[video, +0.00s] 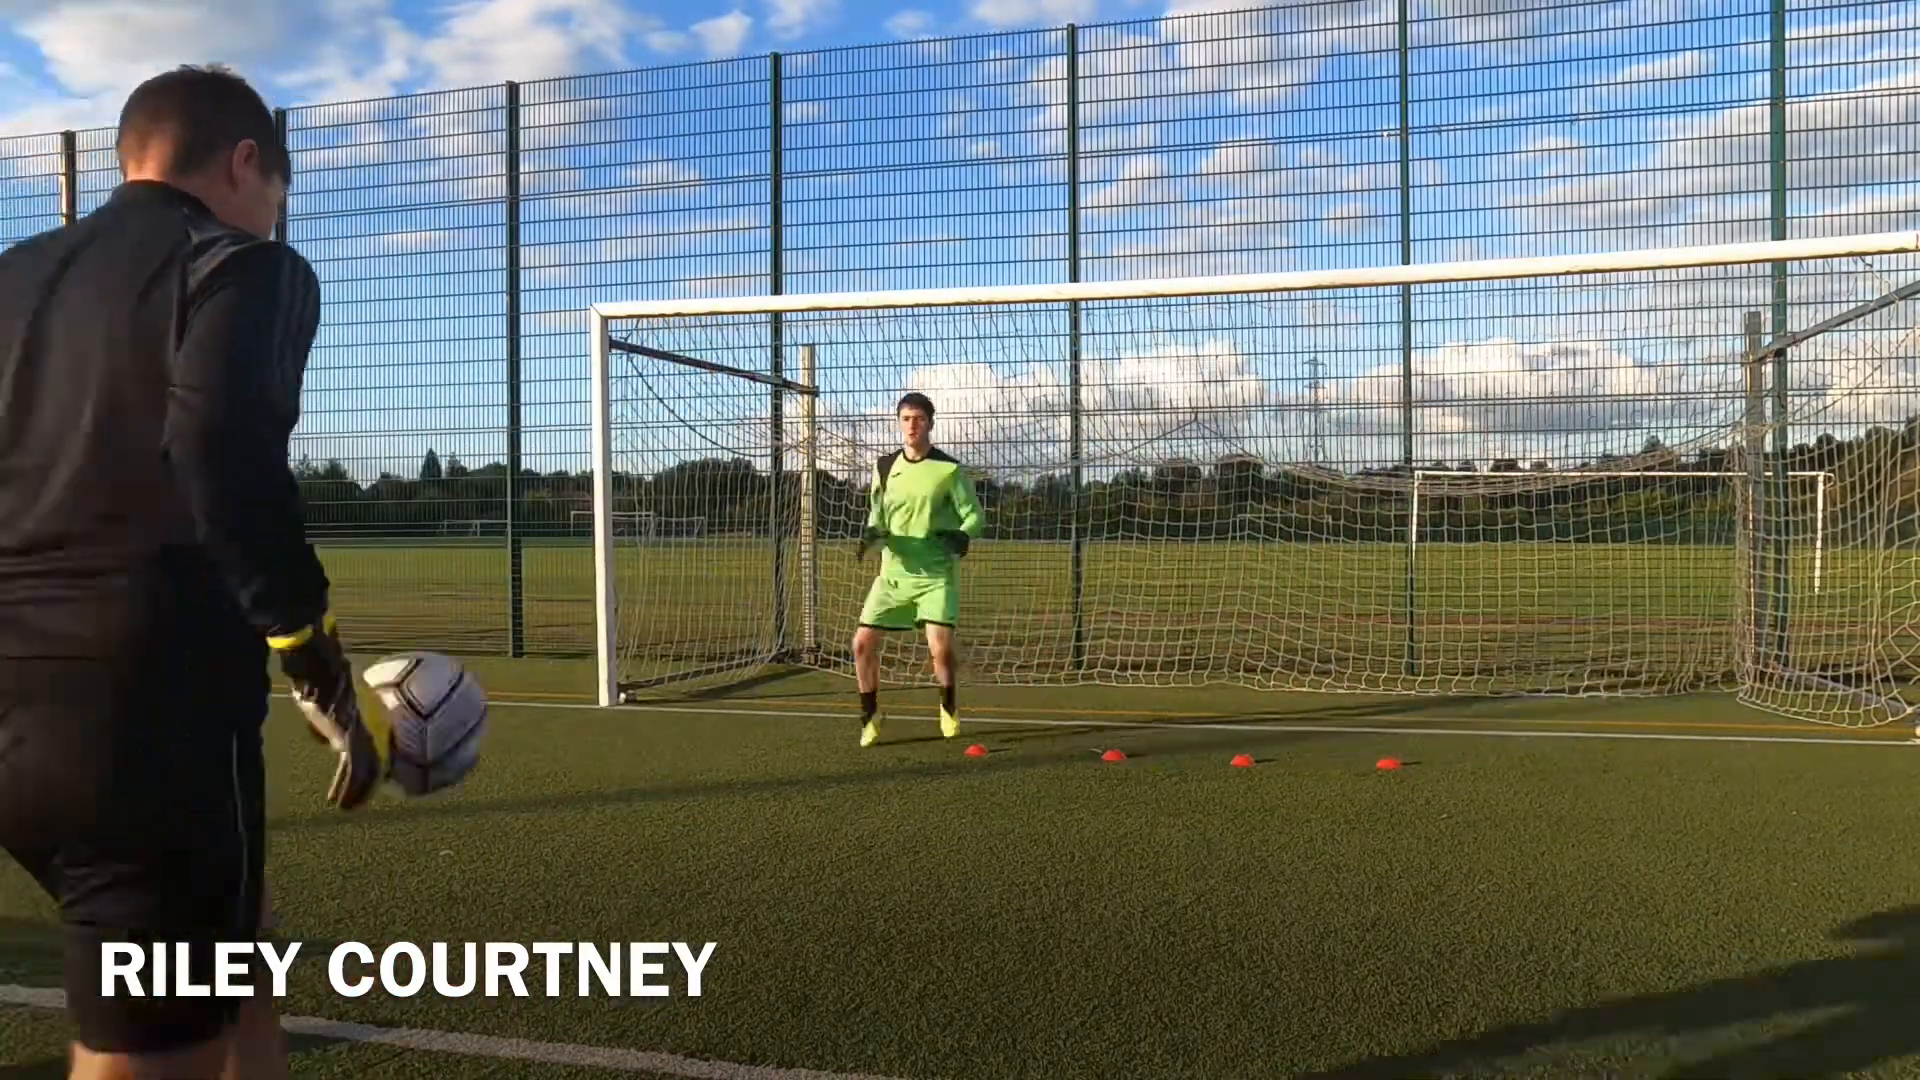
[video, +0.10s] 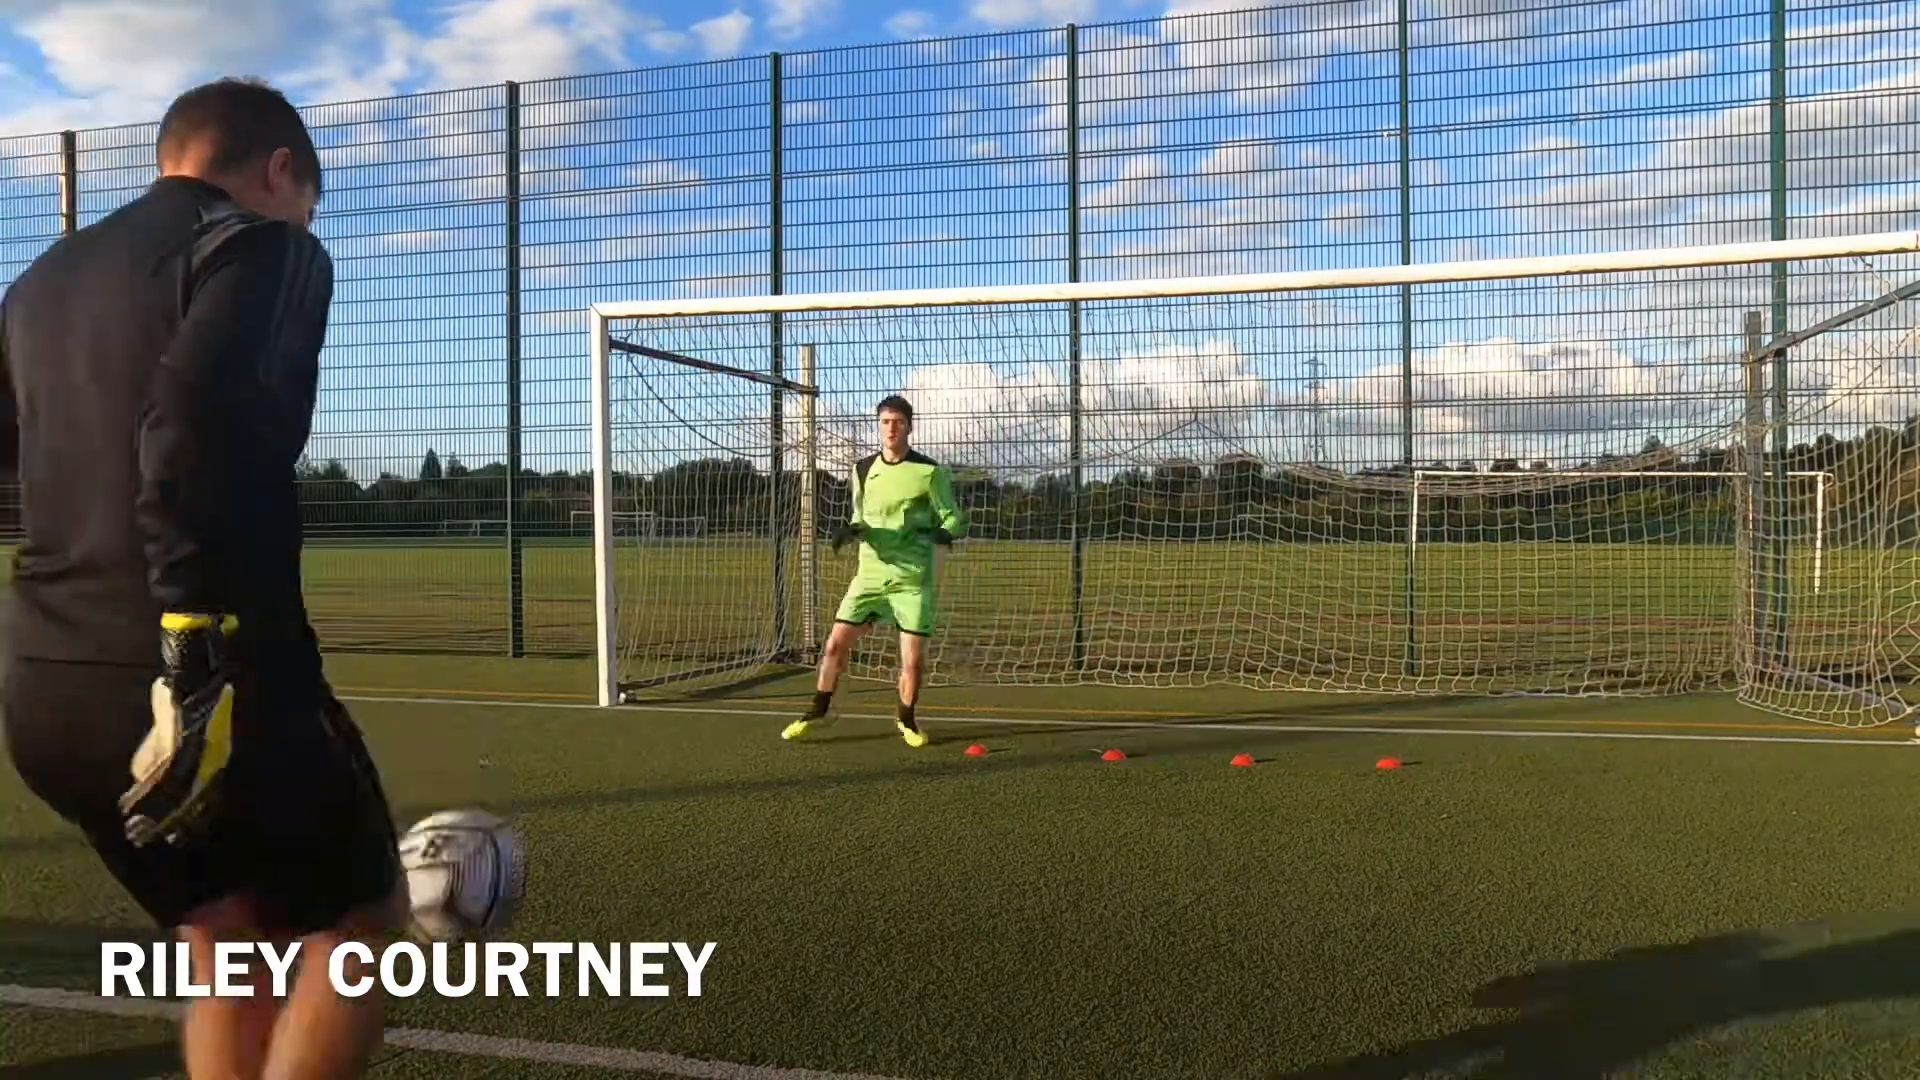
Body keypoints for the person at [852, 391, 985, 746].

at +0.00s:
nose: (912, 426)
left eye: (918, 419)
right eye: (906, 419)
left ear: (930, 423)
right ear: (898, 424)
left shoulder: (950, 470)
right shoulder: (885, 467)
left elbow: (974, 514)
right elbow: (876, 512)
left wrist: (963, 535)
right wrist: (871, 534)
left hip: (936, 575)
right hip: (893, 574)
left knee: (941, 648)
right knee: (863, 642)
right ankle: (870, 717)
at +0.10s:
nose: (892, 429)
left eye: (898, 422)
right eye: (886, 422)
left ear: (910, 427)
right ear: (878, 427)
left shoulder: (931, 472)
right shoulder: (862, 470)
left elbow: (955, 520)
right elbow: (860, 517)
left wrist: (937, 535)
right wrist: (848, 531)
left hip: (913, 579)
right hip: (869, 575)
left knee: (913, 659)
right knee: (835, 643)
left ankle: (906, 718)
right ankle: (819, 711)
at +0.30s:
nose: (858, 443)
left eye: (864, 437)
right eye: (852, 437)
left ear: (875, 442)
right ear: (843, 441)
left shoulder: (890, 488)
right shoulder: (824, 484)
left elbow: (900, 544)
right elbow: (809, 535)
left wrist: (893, 533)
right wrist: (803, 526)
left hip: (874, 593)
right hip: (829, 594)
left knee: (892, 662)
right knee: (801, 662)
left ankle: (904, 723)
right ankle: (789, 722)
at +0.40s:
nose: (843, 436)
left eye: (850, 429)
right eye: (837, 429)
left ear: (862, 434)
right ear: (830, 435)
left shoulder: (875, 478)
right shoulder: (815, 478)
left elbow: (868, 521)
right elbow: (786, 523)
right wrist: (777, 495)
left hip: (866, 587)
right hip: (822, 588)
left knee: (890, 659)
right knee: (796, 658)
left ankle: (904, 723)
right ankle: (789, 721)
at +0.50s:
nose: (820, 430)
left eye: (827, 423)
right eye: (815, 424)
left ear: (842, 428)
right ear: (809, 430)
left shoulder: (858, 470)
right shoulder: (801, 474)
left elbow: (832, 501)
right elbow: (776, 508)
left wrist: (803, 474)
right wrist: (766, 474)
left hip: (863, 581)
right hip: (820, 584)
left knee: (886, 654)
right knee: (796, 655)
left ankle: (906, 722)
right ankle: (790, 720)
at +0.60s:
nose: (791, 437)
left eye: (797, 430)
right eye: (787, 432)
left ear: (815, 429)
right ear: (787, 436)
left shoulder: (836, 466)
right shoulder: (795, 477)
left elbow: (820, 512)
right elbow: (774, 523)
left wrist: (784, 489)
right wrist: (755, 497)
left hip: (851, 579)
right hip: (813, 582)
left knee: (876, 658)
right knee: (791, 652)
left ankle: (911, 722)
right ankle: (791, 721)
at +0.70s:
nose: (770, 449)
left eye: (774, 441)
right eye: (766, 444)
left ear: (791, 438)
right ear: (767, 447)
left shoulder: (813, 472)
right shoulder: (792, 481)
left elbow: (807, 522)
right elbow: (788, 538)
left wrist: (767, 515)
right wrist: (753, 537)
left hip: (846, 575)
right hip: (814, 578)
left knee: (869, 659)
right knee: (791, 651)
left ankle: (910, 719)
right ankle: (791, 721)